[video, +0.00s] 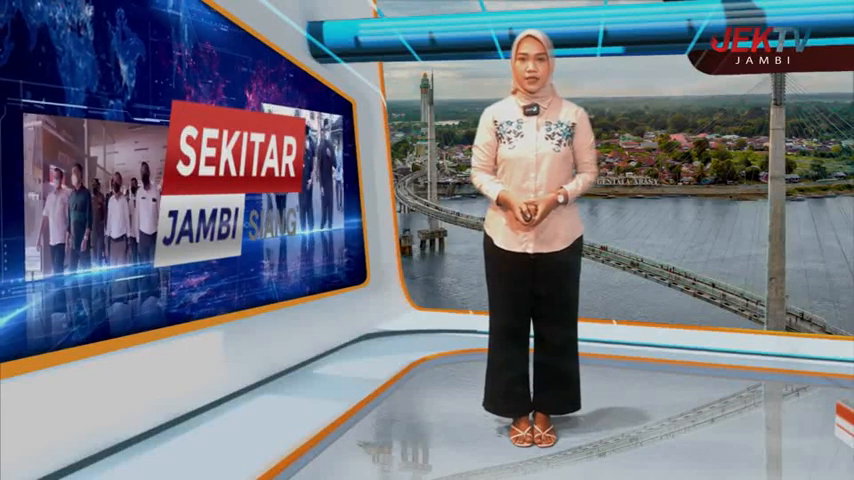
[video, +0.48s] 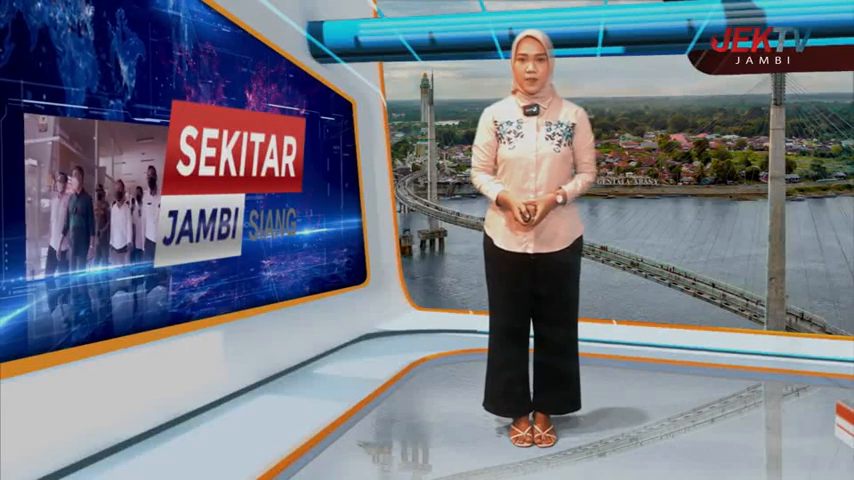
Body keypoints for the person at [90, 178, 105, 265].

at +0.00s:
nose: (94, 187)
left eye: (96, 185)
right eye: (93, 185)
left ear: (99, 186)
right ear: (91, 186)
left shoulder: (101, 197)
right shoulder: (90, 197)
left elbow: (104, 209)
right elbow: (88, 210)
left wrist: (104, 219)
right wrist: (88, 222)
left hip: (100, 221)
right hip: (92, 221)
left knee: (100, 241)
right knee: (93, 241)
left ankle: (99, 259)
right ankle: (93, 259)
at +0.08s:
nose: (95, 187)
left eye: (97, 185)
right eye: (94, 185)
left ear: (99, 186)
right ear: (91, 186)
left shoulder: (102, 198)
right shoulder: (89, 198)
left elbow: (104, 212)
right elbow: (87, 212)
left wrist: (104, 222)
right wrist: (88, 224)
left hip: (100, 223)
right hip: (92, 223)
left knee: (100, 242)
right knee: (92, 243)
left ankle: (101, 261)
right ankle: (93, 263)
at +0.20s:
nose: (96, 189)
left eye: (98, 187)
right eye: (95, 187)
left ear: (101, 189)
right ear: (93, 189)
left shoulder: (103, 201)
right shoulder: (91, 201)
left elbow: (105, 215)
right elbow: (88, 215)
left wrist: (105, 226)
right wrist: (89, 227)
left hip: (101, 226)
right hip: (93, 226)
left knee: (101, 242)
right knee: (93, 242)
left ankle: (102, 260)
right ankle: (93, 261)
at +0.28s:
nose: (98, 191)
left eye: (99, 189)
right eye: (96, 189)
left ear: (102, 191)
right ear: (94, 191)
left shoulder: (104, 203)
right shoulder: (93, 202)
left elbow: (107, 216)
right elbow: (91, 215)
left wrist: (105, 227)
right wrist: (91, 226)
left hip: (102, 225)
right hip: (95, 225)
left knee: (102, 241)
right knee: (95, 241)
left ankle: (103, 259)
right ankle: (94, 259)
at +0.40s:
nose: (98, 193)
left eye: (99, 191)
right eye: (97, 191)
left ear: (102, 193)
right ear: (95, 193)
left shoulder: (105, 204)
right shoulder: (94, 204)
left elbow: (109, 218)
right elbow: (93, 217)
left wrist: (104, 228)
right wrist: (92, 227)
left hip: (103, 227)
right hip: (96, 227)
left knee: (103, 243)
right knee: (96, 243)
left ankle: (104, 260)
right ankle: (95, 260)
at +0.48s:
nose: (98, 195)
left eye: (100, 193)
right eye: (97, 193)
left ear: (103, 194)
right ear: (95, 194)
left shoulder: (105, 205)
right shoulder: (95, 205)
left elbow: (108, 220)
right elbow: (94, 218)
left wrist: (103, 230)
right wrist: (94, 229)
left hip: (103, 230)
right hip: (96, 230)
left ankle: (104, 263)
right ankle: (95, 263)